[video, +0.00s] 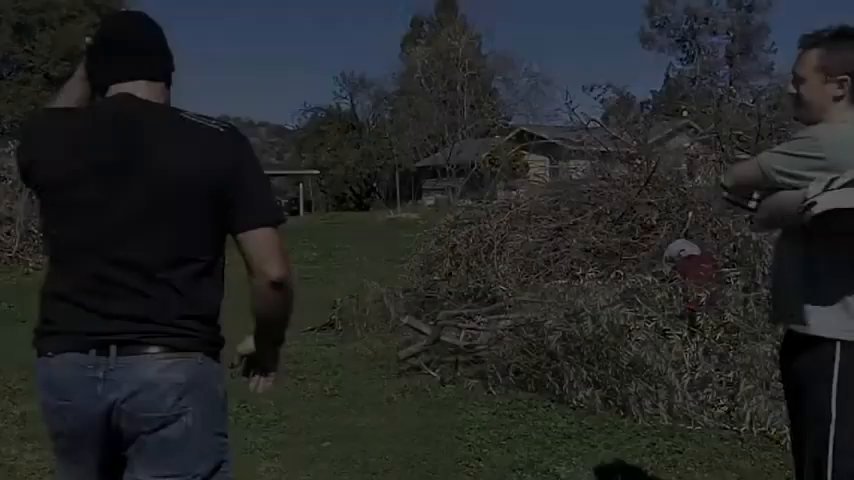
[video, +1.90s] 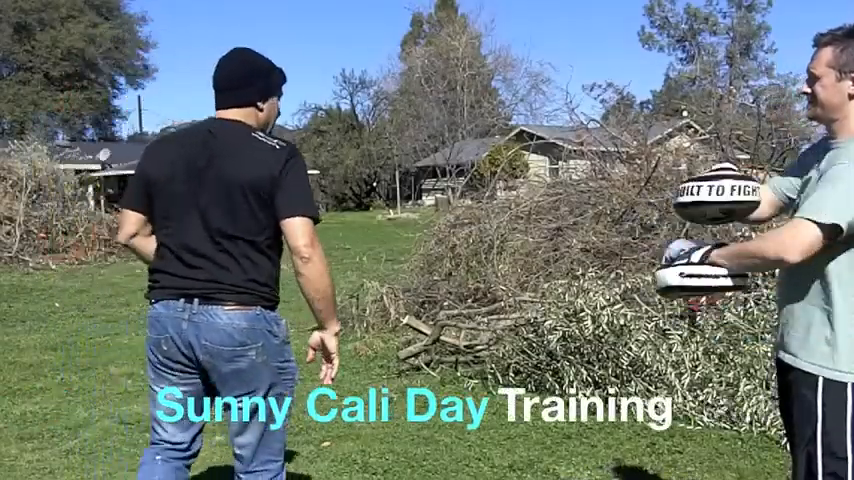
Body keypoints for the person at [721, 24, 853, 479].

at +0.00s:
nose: (791, 91)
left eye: (800, 81)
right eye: (793, 81)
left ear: (838, 87)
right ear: (835, 88)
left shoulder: (832, 139)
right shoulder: (831, 138)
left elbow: (738, 176)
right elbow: (762, 213)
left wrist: (745, 195)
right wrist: (805, 199)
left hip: (830, 340)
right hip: (815, 337)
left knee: (825, 463)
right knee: (813, 461)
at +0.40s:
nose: (798, 92)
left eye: (809, 82)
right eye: (800, 81)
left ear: (847, 88)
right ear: (838, 88)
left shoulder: (848, 149)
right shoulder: (819, 146)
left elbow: (752, 196)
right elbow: (787, 217)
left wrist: (685, 200)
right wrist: (754, 245)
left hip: (835, 347)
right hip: (803, 341)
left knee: (829, 469)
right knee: (806, 464)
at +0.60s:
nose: (793, 92)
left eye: (804, 82)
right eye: (796, 81)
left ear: (845, 87)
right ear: (837, 87)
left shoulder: (845, 152)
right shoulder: (823, 155)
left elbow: (807, 222)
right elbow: (800, 243)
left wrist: (698, 224)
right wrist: (734, 271)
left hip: (831, 362)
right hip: (805, 356)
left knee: (826, 470)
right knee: (807, 467)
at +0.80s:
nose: (779, 92)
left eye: (790, 82)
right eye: (781, 82)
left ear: (831, 88)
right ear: (825, 88)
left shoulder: (844, 155)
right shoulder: (819, 158)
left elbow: (850, 236)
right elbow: (817, 253)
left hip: (829, 363)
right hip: (804, 358)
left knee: (827, 472)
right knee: (808, 469)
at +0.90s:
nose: (773, 92)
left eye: (783, 82)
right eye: (776, 82)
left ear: (824, 87)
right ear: (819, 88)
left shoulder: (844, 159)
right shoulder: (814, 157)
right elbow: (803, 243)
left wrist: (829, 267)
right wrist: (752, 264)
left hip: (830, 360)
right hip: (798, 353)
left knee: (828, 470)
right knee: (804, 465)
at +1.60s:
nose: (789, 93)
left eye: (799, 82)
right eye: (792, 82)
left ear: (840, 87)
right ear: (836, 88)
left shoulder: (846, 161)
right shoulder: (819, 158)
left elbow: (851, 252)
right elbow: (800, 224)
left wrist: (762, 281)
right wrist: (736, 220)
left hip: (831, 365)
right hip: (798, 356)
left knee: (826, 471)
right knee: (804, 468)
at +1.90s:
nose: (804, 89)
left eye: (814, 79)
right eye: (807, 79)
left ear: (849, 85)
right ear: (841, 85)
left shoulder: (846, 161)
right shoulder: (821, 153)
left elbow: (790, 248)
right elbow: (764, 202)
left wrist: (707, 254)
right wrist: (724, 187)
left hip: (832, 364)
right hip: (803, 355)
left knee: (827, 471)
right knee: (810, 467)